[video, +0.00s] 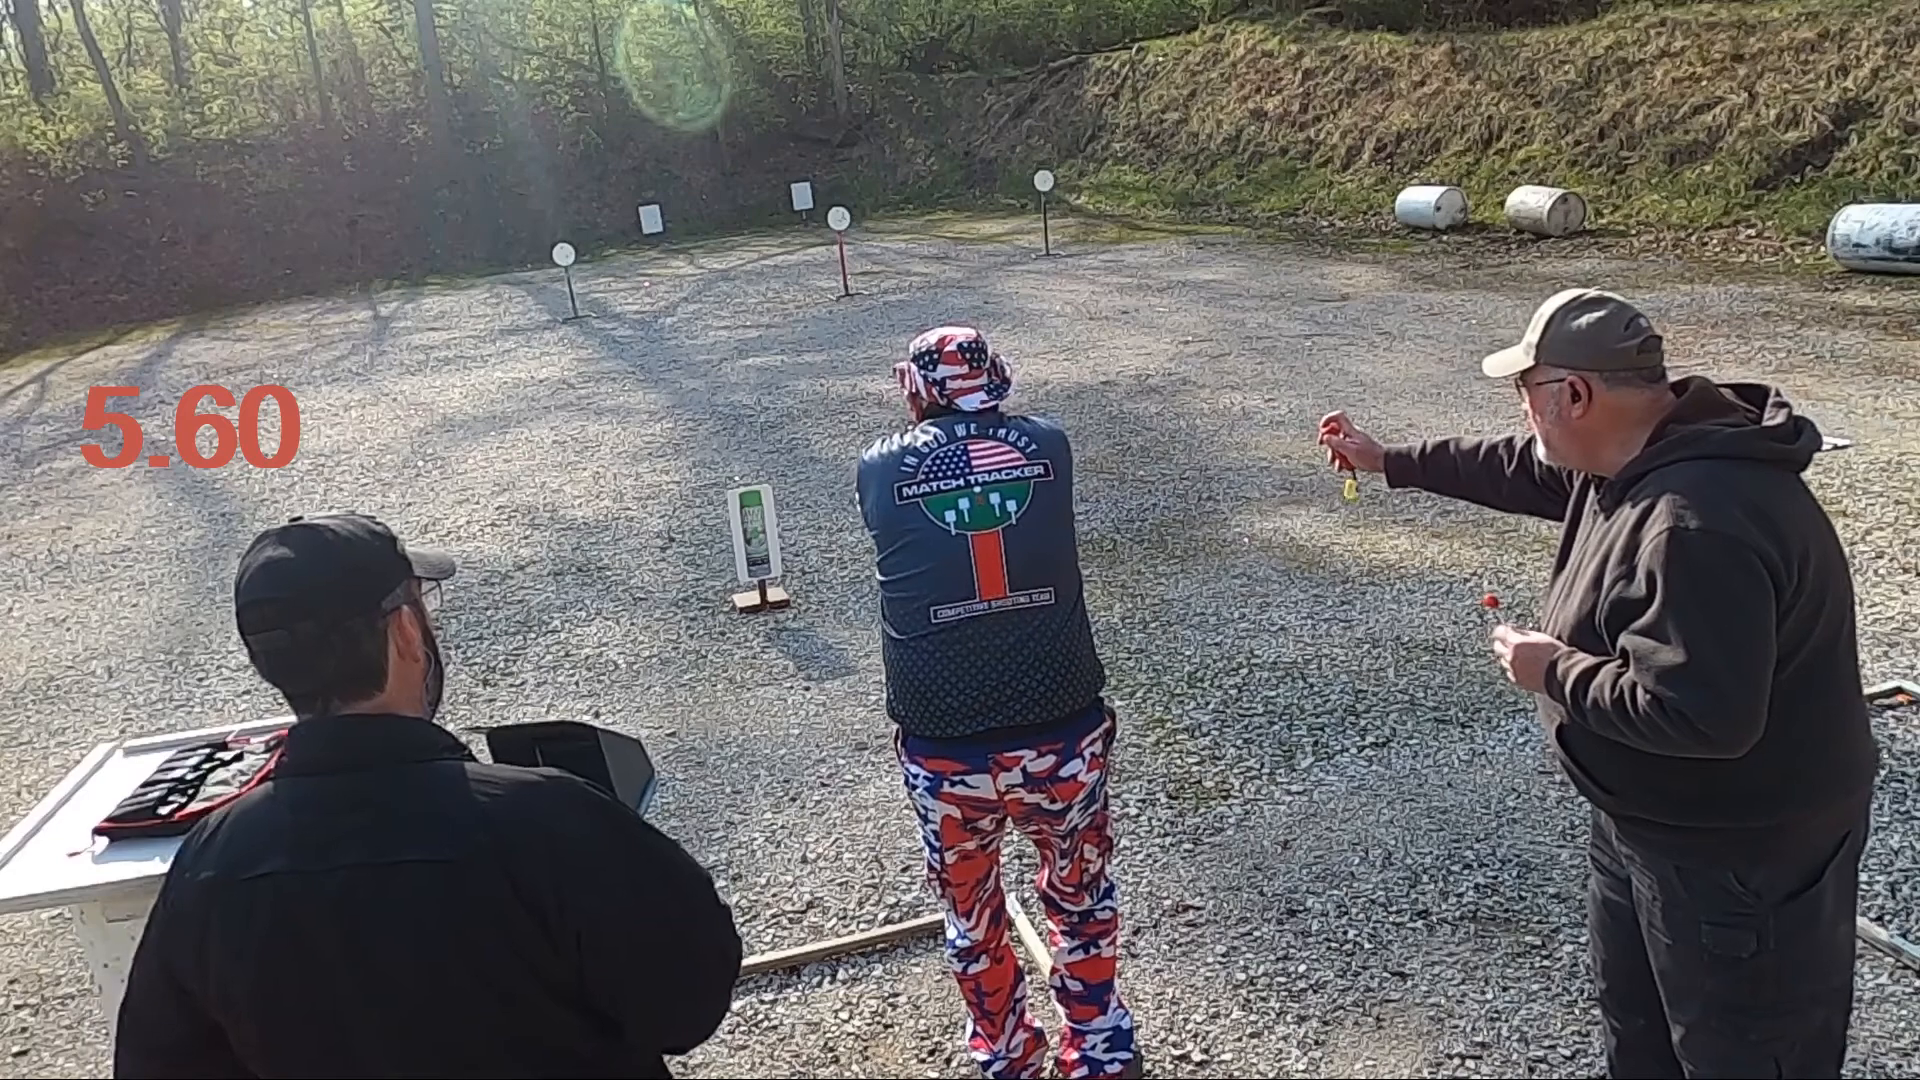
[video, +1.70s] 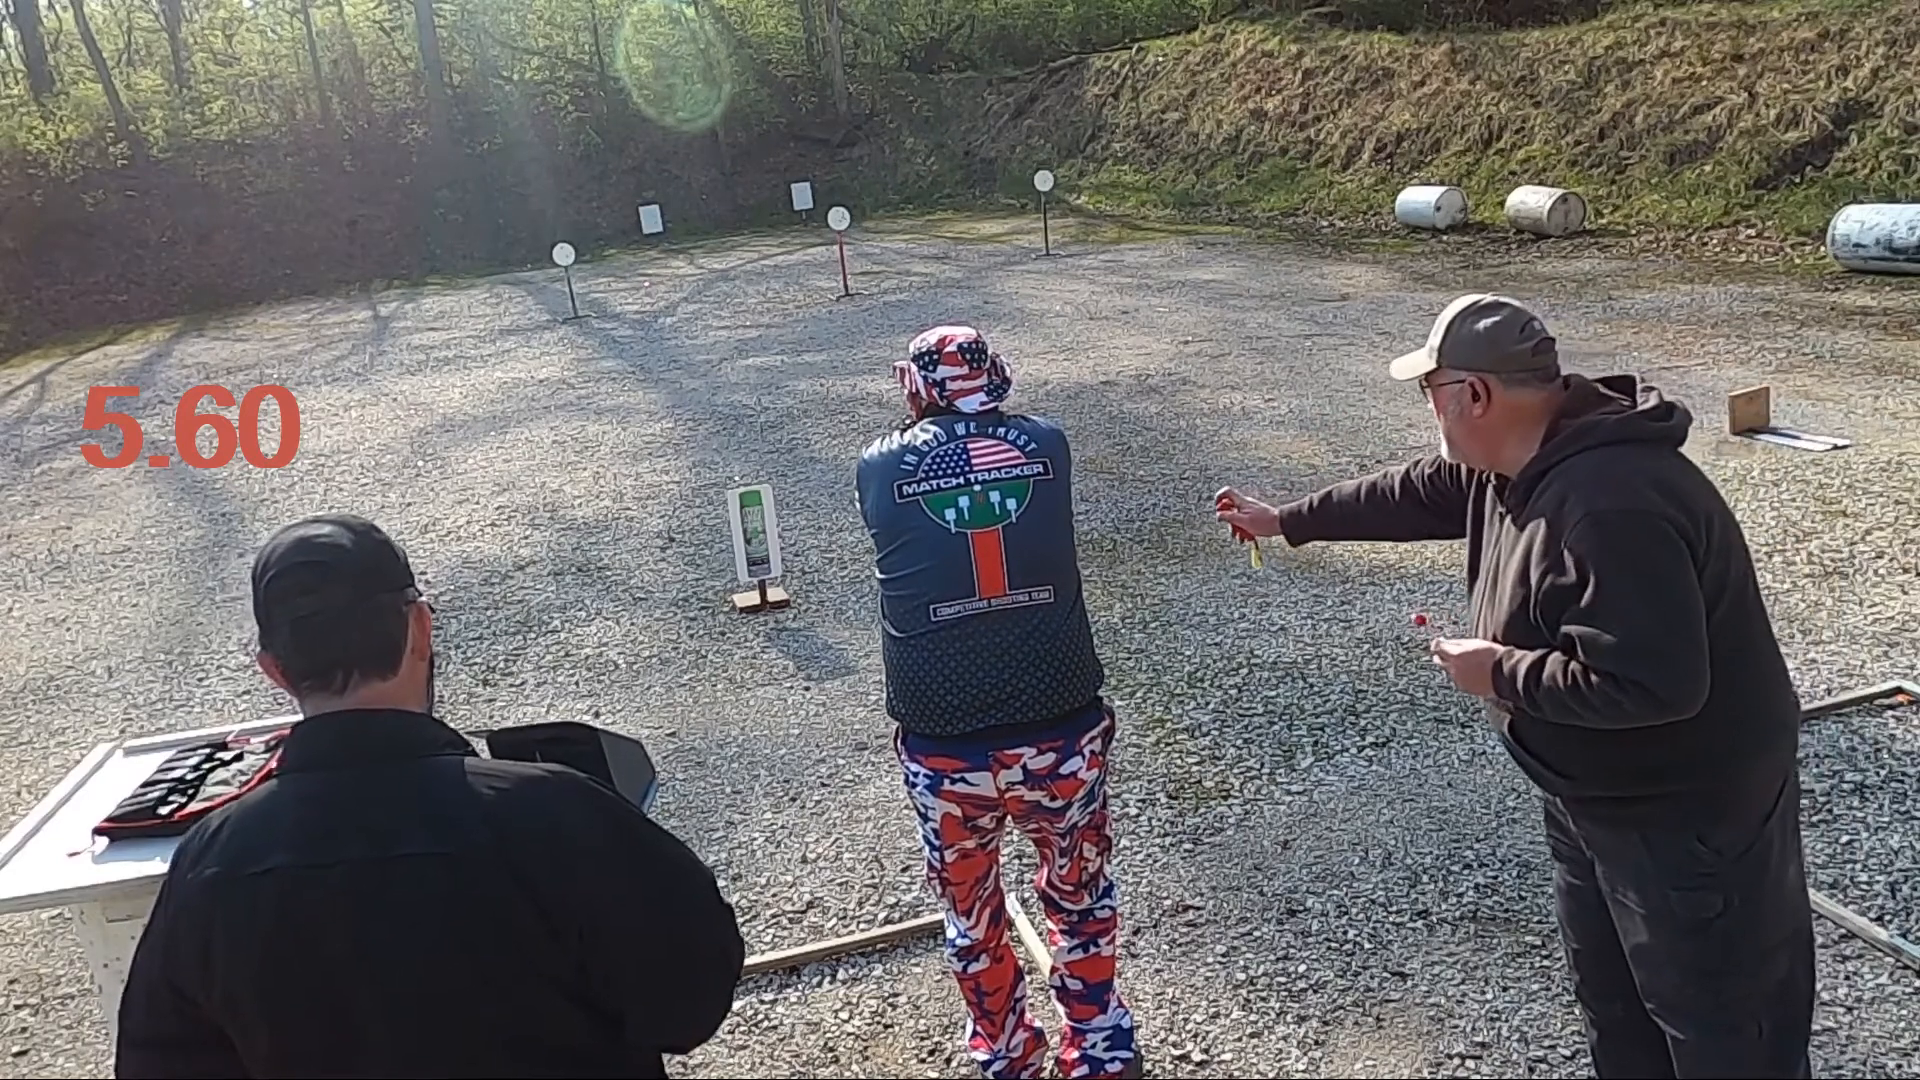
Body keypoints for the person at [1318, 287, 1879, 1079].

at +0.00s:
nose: (1524, 409)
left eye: (1528, 391)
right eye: (1523, 391)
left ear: (1577, 398)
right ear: (1587, 396)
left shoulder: (1697, 526)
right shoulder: (1625, 463)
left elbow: (1707, 716)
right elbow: (1516, 467)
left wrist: (1553, 670)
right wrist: (1388, 460)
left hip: (1738, 856)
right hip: (1640, 823)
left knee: (1746, 1061)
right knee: (1641, 1038)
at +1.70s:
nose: (1432, 412)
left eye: (1433, 392)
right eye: (1429, 393)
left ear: (1474, 396)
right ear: (1491, 391)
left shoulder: (1609, 506)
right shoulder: (1512, 466)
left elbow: (1657, 685)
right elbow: (1417, 494)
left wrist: (1502, 673)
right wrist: (1284, 520)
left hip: (1687, 815)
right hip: (1595, 798)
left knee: (1722, 1037)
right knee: (1620, 1016)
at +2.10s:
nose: (1420, 402)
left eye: (1422, 386)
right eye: (1420, 387)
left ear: (1459, 389)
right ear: (1477, 386)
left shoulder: (1614, 488)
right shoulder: (1491, 453)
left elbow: (1664, 661)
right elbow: (1368, 441)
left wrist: (1503, 655)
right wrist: (1226, 423)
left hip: (1685, 808)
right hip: (1587, 793)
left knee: (1720, 1039)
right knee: (1620, 1023)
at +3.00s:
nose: (1440, 401)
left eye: (1440, 386)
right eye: (1439, 386)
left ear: (1470, 393)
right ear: (1535, 373)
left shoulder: (1619, 482)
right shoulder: (1522, 462)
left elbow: (1682, 647)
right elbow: (1434, 495)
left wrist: (1521, 655)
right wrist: (1306, 488)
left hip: (1716, 811)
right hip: (1607, 797)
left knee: (1765, 1048)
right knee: (1633, 1036)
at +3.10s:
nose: (1457, 408)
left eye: (1455, 391)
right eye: (1453, 392)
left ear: (1483, 397)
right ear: (1549, 375)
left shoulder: (1629, 491)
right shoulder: (1558, 466)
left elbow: (1682, 658)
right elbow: (1496, 529)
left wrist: (1527, 659)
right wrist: (1365, 520)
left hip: (1725, 815)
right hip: (1621, 800)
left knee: (1784, 1050)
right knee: (1638, 1036)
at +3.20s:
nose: (1478, 412)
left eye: (1476, 395)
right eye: (1475, 395)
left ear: (1504, 400)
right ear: (1577, 374)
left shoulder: (1638, 498)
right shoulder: (1589, 463)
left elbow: (1693, 674)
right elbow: (1550, 553)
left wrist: (1538, 665)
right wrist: (1431, 551)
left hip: (1742, 826)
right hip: (1637, 807)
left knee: (1801, 1051)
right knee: (1642, 1034)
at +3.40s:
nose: (1532, 422)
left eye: (1533, 405)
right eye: (1532, 404)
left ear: (1564, 413)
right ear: (1634, 390)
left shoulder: (1696, 520)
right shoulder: (1657, 470)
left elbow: (1740, 705)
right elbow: (1647, 587)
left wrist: (1585, 687)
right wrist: (1537, 579)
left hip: (1791, 848)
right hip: (1681, 819)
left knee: (1829, 1062)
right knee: (1657, 1038)